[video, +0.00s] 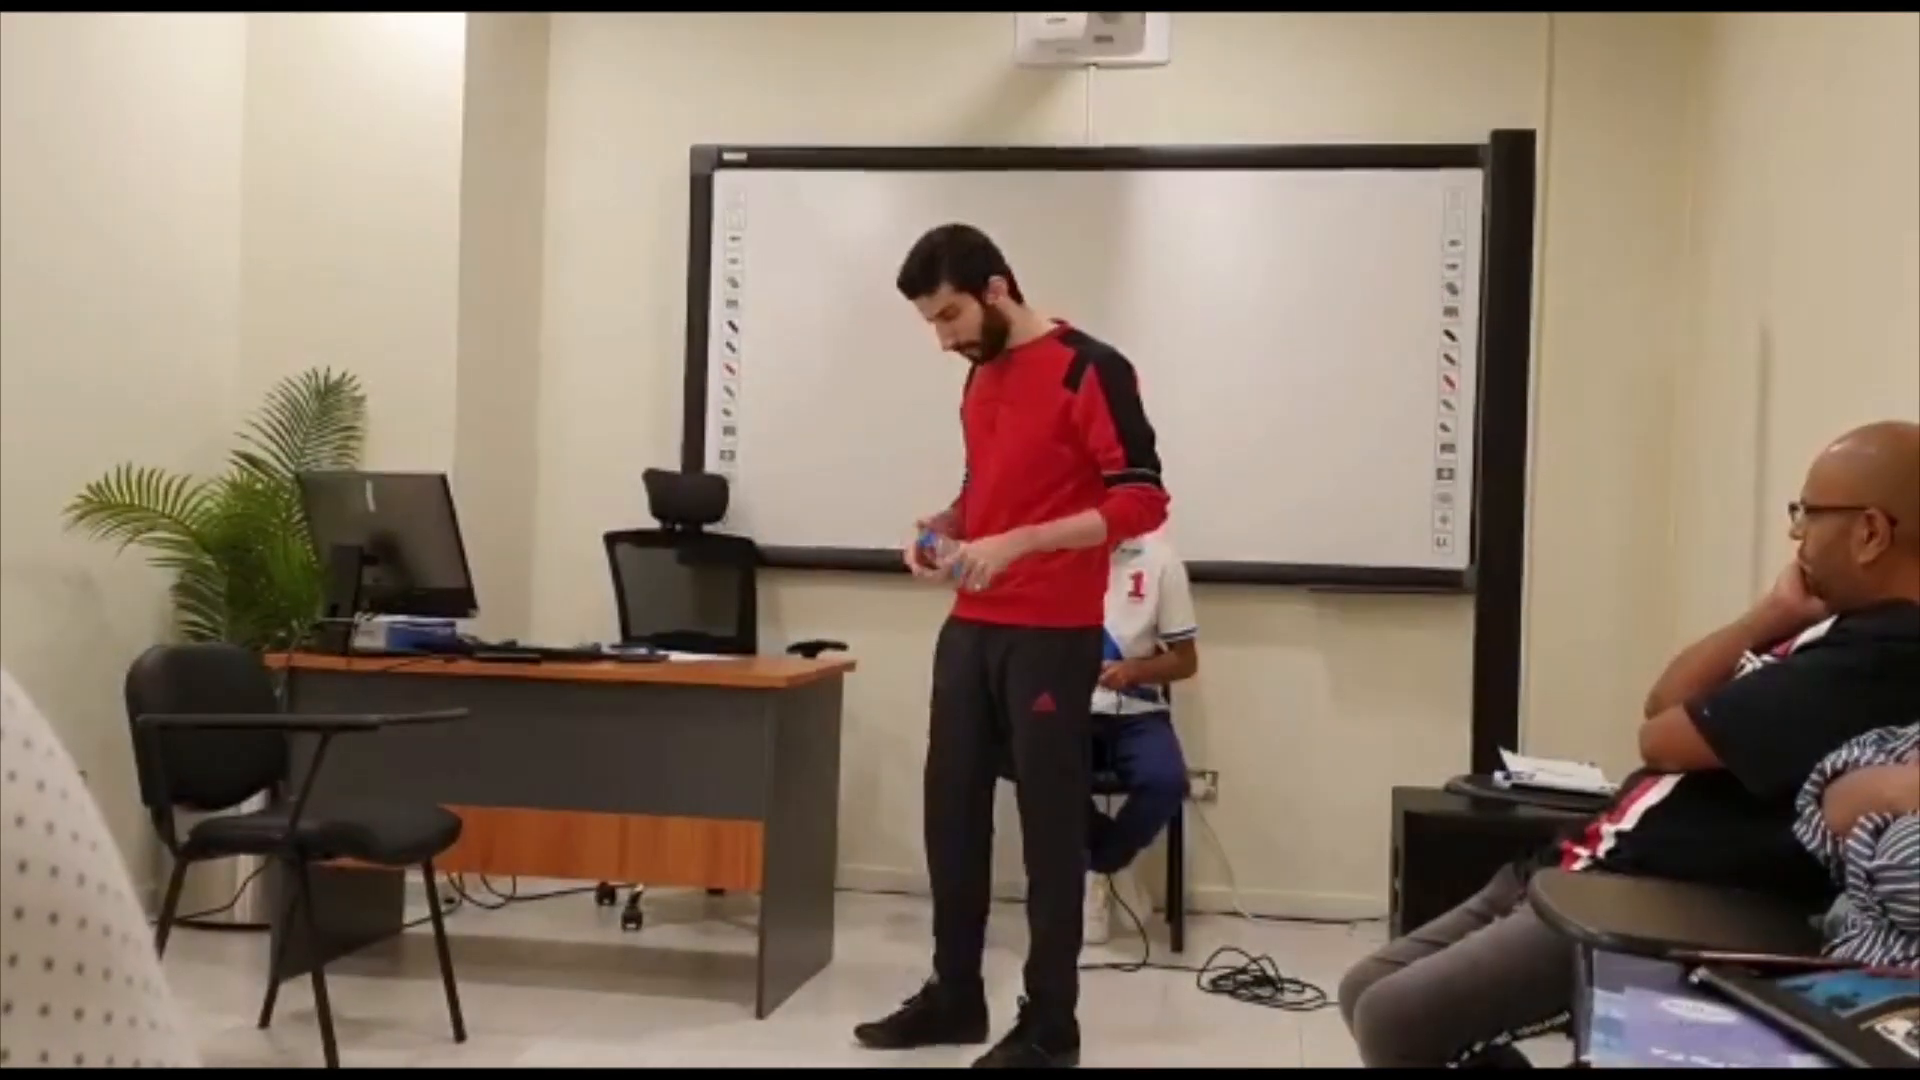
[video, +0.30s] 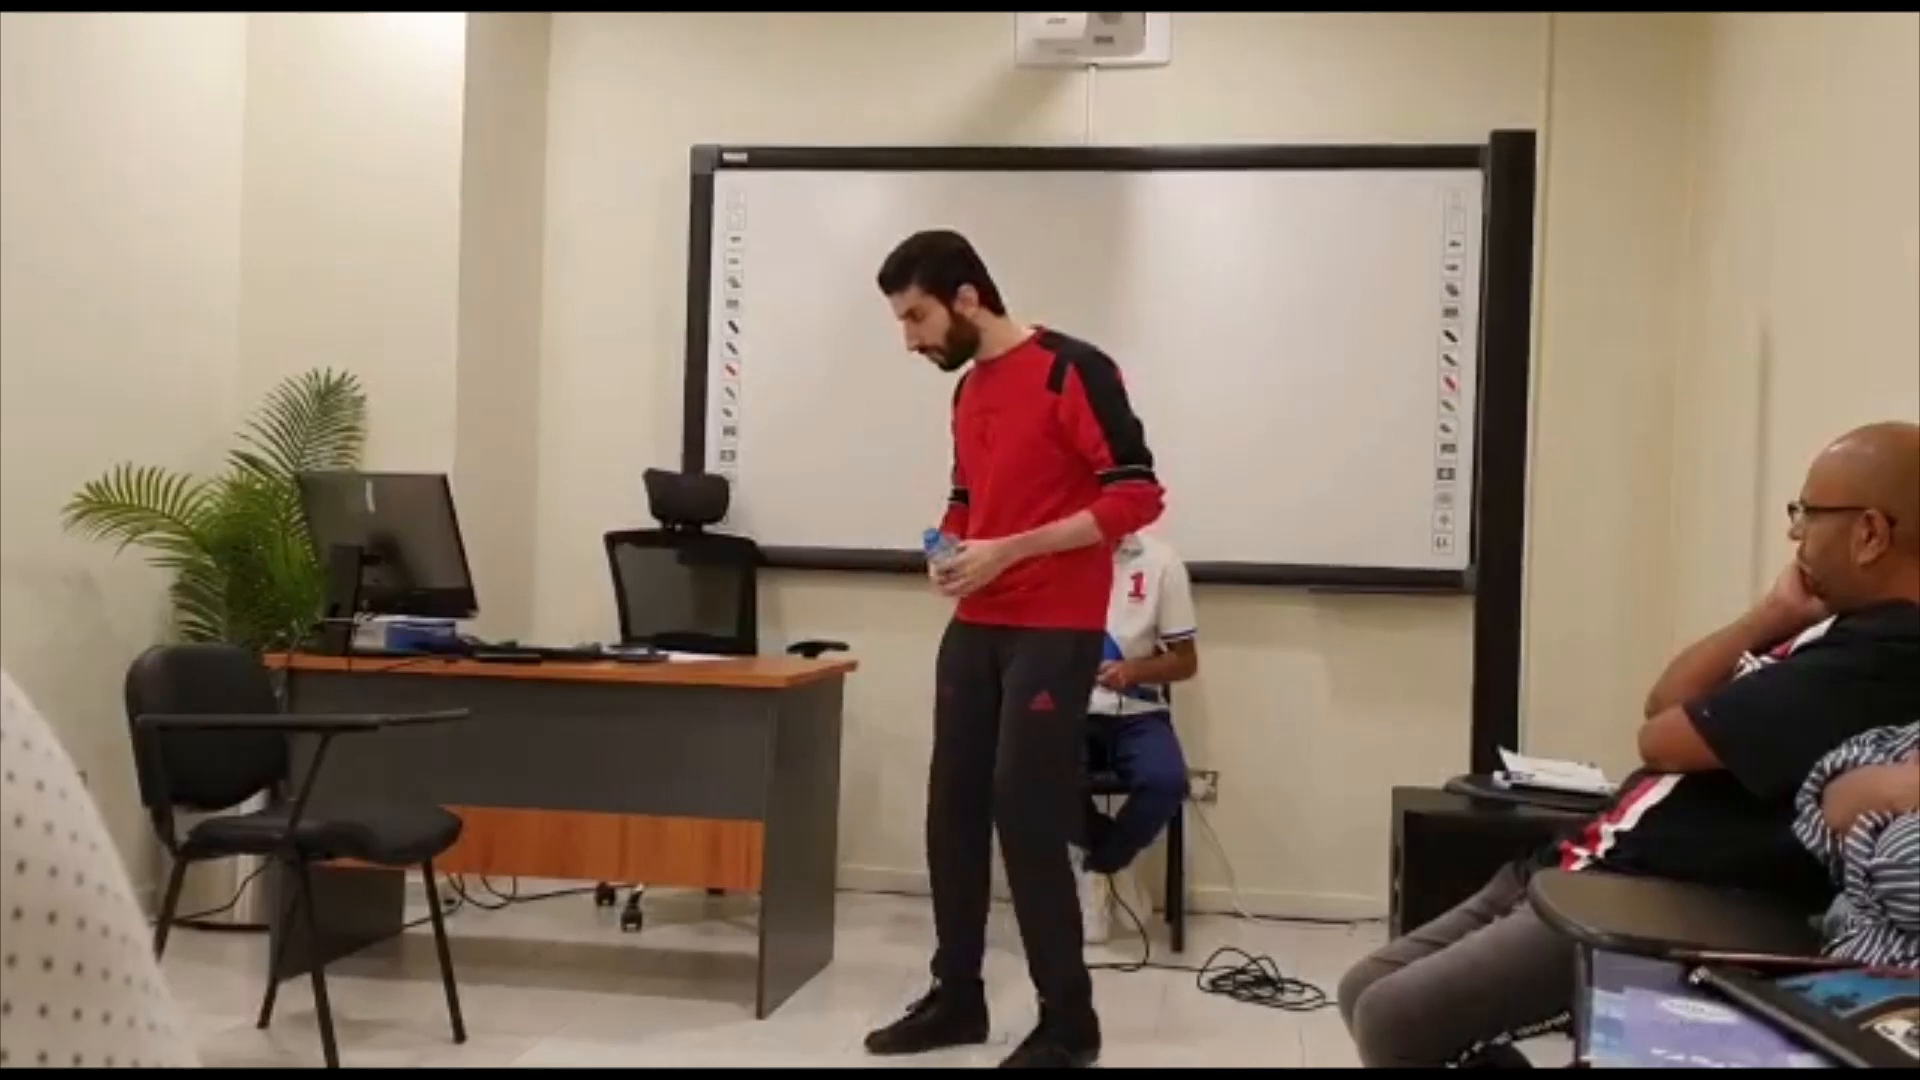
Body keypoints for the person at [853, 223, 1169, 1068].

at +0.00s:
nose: (941, 338)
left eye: (947, 318)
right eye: (932, 323)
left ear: (996, 289)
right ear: (972, 304)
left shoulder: (1091, 369)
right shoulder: (982, 381)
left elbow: (1145, 502)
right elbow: (988, 492)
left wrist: (1017, 542)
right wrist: (944, 530)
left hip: (1054, 637)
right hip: (973, 630)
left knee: (1052, 833)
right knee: (953, 814)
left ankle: (1049, 1026)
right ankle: (955, 996)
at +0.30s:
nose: (909, 339)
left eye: (915, 318)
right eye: (902, 323)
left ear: (967, 298)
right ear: (954, 309)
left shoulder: (1076, 369)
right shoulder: (969, 389)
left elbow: (1137, 497)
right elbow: (964, 497)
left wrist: (1009, 549)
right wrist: (949, 549)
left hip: (1056, 630)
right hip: (978, 626)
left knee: (1031, 818)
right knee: (955, 813)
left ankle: (1067, 1024)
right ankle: (957, 997)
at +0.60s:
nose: (974, 321)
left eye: (983, 300)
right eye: (970, 303)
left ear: (1040, 290)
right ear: (1024, 295)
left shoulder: (1130, 378)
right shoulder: (1032, 387)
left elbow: (1173, 517)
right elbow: (1026, 495)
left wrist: (1038, 556)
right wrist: (975, 538)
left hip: (1085, 645)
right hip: (1008, 636)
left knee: (1085, 827)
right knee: (970, 816)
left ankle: (1175, 1036)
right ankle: (959, 997)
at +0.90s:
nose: (1056, 290)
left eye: (1068, 270)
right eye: (1054, 272)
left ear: (1127, 268)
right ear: (1117, 273)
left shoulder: (1202, 362)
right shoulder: (1125, 366)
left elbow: (1221, 516)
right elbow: (1106, 496)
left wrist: (1091, 551)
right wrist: (1029, 525)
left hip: (1163, 635)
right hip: (1100, 629)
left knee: (1147, 838)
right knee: (1061, 809)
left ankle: (1180, 1040)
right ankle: (1044, 1006)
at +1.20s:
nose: (1137, 287)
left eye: (1149, 266)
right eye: (1134, 268)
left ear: (1206, 261)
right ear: (1200, 266)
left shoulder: (1268, 357)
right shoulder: (1212, 359)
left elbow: (1241, 521)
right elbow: (1180, 519)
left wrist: (1143, 647)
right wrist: (1106, 602)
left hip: (1226, 636)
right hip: (1192, 632)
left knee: (1192, 835)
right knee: (1211, 827)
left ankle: (1184, 1040)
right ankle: (1286, 1020)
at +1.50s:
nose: (1236, 294)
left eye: (1249, 273)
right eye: (1234, 276)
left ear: (1308, 272)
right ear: (1303, 278)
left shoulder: (1352, 366)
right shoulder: (1322, 366)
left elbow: (1379, 541)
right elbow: (1326, 535)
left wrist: (1335, 690)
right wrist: (1267, 664)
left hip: (1300, 656)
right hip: (1319, 650)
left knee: (1215, 831)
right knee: (1365, 838)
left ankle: (1188, 1043)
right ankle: (1470, 1023)